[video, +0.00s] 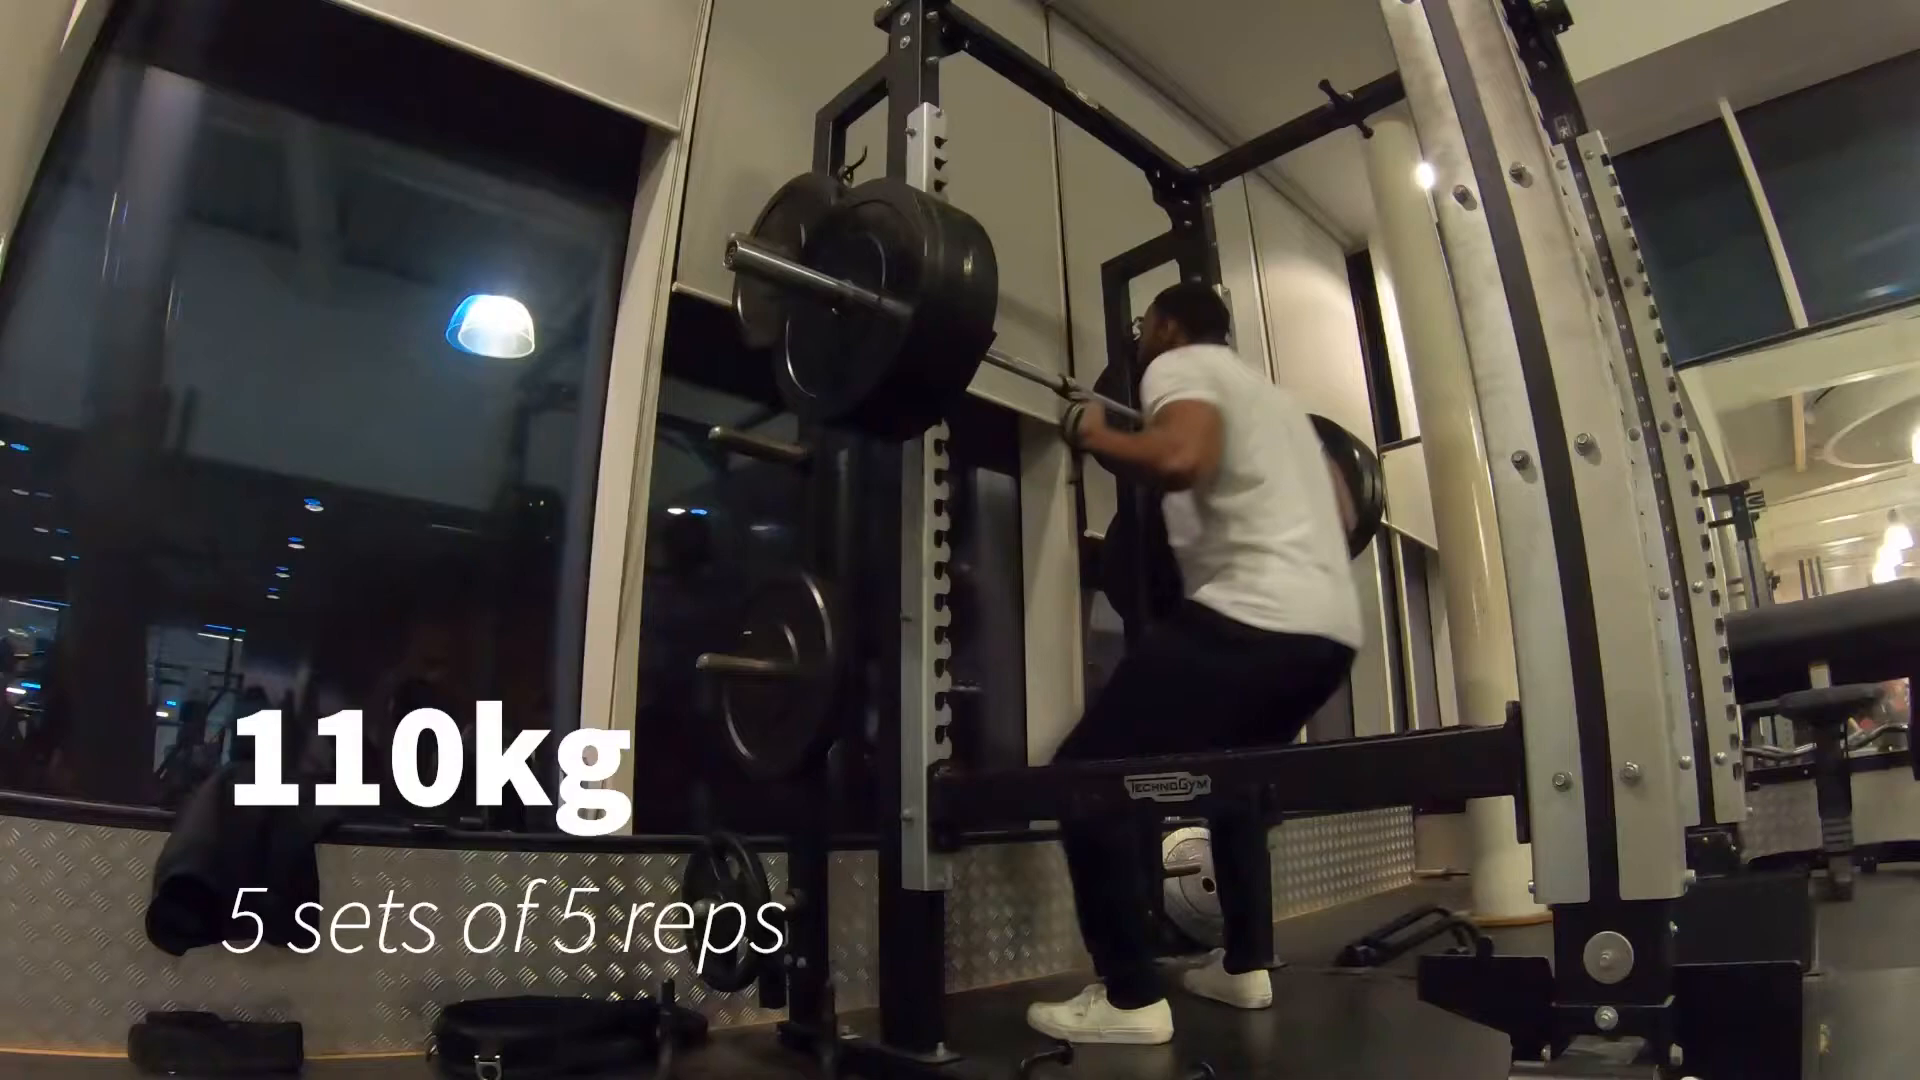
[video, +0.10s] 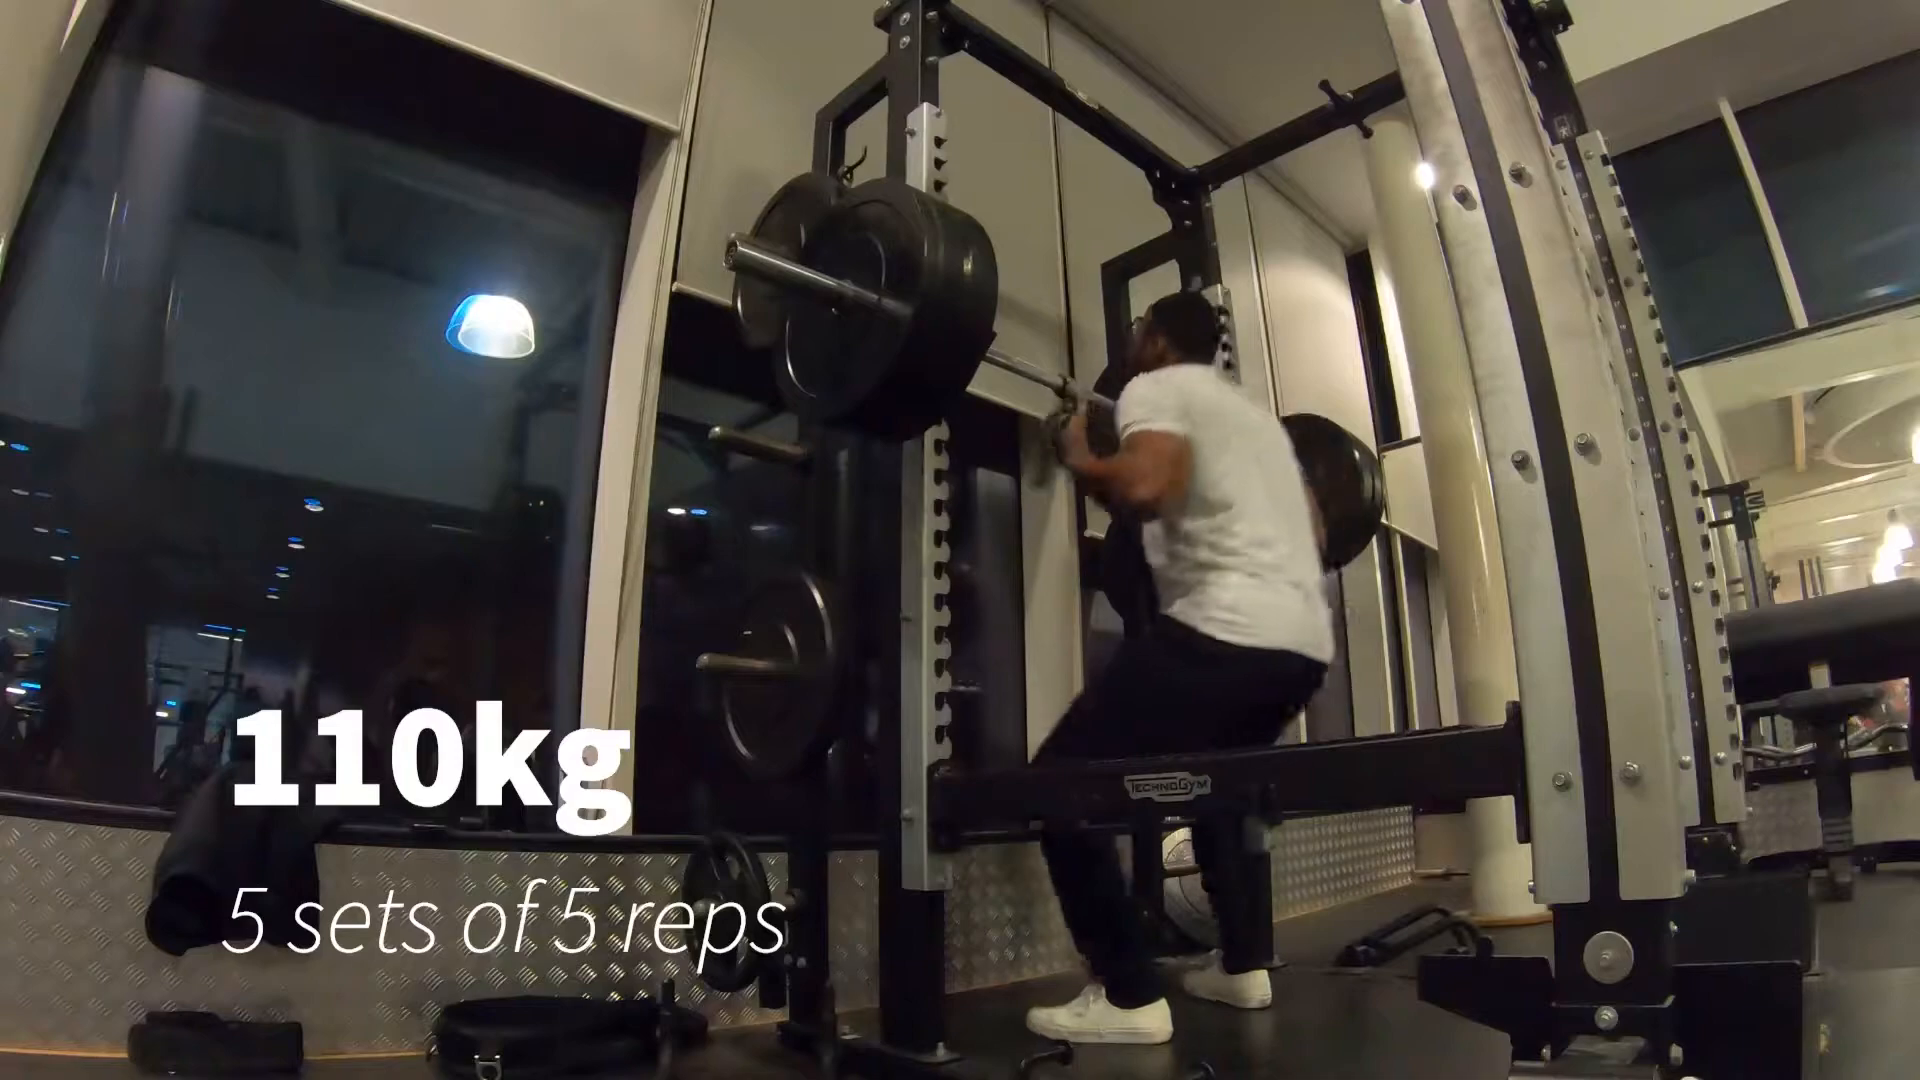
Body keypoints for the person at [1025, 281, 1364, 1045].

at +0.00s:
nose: (1142, 342)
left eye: (1146, 330)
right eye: (1145, 331)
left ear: (1167, 323)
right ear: (1218, 329)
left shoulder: (1183, 365)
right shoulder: (1277, 398)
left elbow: (1185, 452)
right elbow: (1342, 512)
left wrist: (1098, 437)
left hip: (1249, 621)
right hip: (1326, 635)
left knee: (1084, 777)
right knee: (1234, 779)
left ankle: (1130, 997)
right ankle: (1248, 966)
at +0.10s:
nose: (1132, 354)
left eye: (1137, 342)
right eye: (1137, 343)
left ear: (1154, 341)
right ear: (1211, 349)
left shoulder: (1158, 389)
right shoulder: (1261, 419)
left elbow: (1146, 485)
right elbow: (1314, 535)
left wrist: (1081, 459)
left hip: (1216, 636)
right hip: (1298, 652)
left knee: (1061, 782)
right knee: (1216, 782)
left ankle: (1127, 995)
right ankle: (1245, 967)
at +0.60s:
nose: (1124, 345)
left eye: (1133, 336)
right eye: (1132, 335)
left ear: (1143, 350)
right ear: (1195, 371)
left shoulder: (1099, 422)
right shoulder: (1202, 441)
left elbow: (977, 428)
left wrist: (1044, 356)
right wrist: (1068, 383)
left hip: (1125, 666)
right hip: (1215, 675)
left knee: (996, 810)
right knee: (1163, 807)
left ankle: (1126, 994)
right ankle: (1238, 965)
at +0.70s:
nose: (1126, 344)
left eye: (1136, 335)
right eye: (1136, 334)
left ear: (1145, 352)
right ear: (1196, 375)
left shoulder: (1093, 423)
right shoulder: (1201, 441)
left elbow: (977, 417)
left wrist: (1044, 352)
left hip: (1121, 668)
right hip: (1212, 677)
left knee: (994, 812)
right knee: (1159, 805)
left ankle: (1125, 994)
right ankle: (1238, 963)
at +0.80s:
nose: (1131, 341)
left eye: (1140, 335)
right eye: (1141, 333)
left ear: (1148, 355)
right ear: (1197, 378)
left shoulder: (1093, 425)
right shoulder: (1200, 442)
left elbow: (980, 407)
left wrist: (1049, 351)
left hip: (1121, 670)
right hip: (1211, 678)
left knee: (993, 812)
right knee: (1160, 807)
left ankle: (1125, 993)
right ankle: (1237, 962)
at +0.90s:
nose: (1135, 341)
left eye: (1143, 336)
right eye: (1145, 334)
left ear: (1150, 356)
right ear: (1199, 380)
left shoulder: (1093, 426)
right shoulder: (1201, 444)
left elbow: (982, 406)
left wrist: (1050, 351)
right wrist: (1079, 382)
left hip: (1119, 672)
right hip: (1210, 680)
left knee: (994, 814)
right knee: (1161, 808)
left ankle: (1124, 992)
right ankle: (1237, 962)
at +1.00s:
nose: (1133, 342)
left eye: (1143, 337)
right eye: (1144, 334)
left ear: (1152, 359)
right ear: (1200, 383)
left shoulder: (1095, 426)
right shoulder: (1203, 446)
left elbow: (988, 394)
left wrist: (1055, 348)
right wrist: (1083, 379)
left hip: (1121, 672)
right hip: (1212, 680)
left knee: (997, 814)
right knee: (1159, 809)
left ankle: (1125, 993)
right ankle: (1237, 962)